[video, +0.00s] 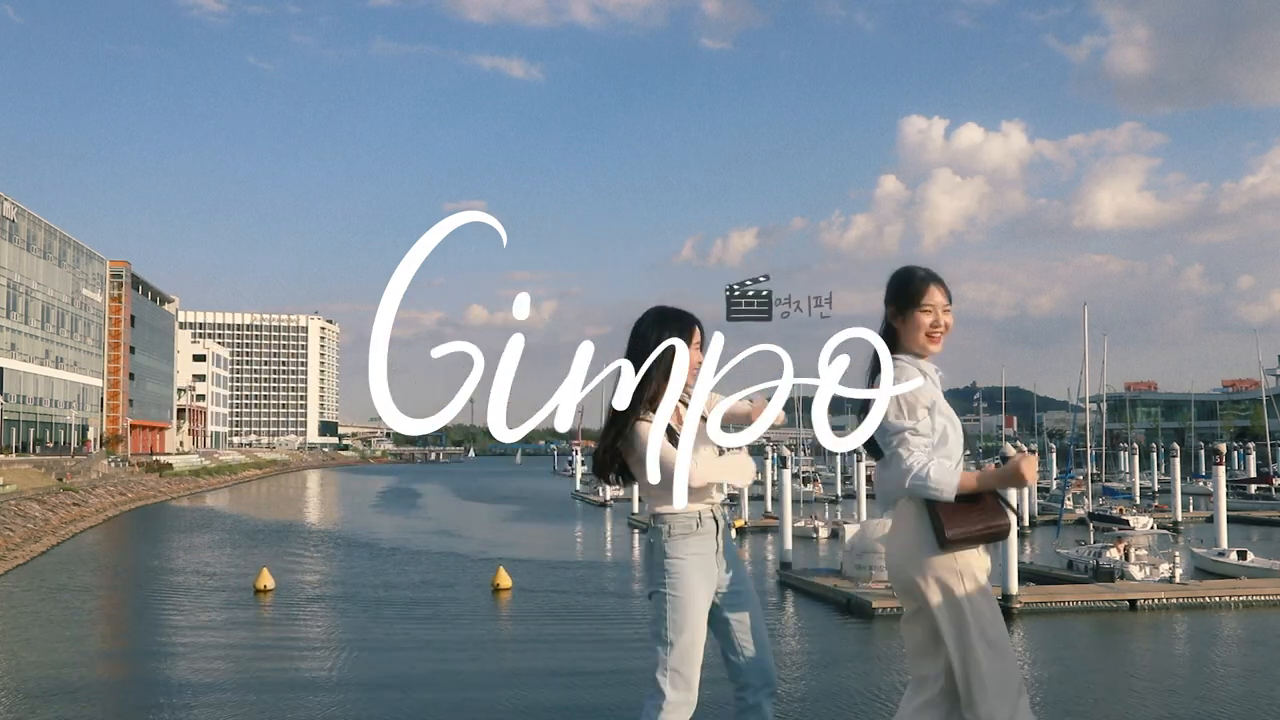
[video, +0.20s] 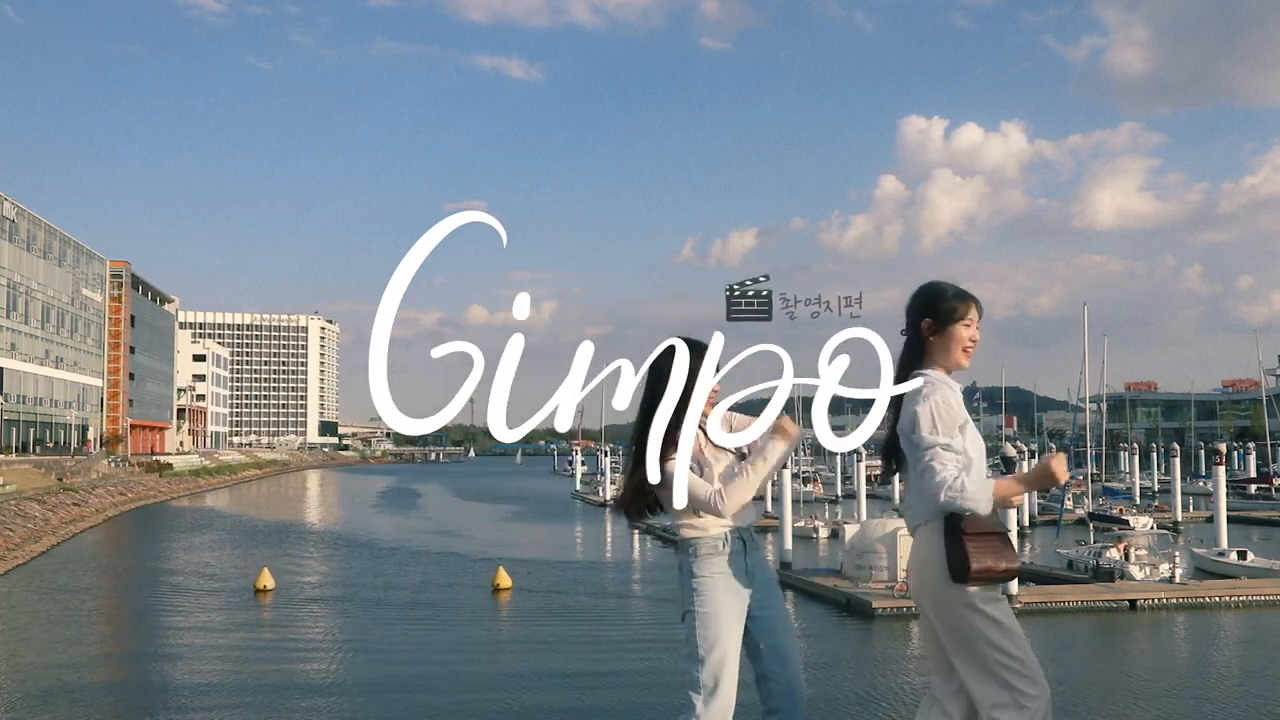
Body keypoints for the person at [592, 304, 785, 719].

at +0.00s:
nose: (700, 357)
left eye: (700, 347)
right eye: (691, 347)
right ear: (661, 353)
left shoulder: (691, 405)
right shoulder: (640, 424)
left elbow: (738, 411)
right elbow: (691, 471)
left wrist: (757, 411)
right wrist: (738, 464)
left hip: (721, 543)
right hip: (680, 547)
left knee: (758, 679)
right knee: (677, 691)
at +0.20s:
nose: (717, 387)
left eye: (716, 377)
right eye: (706, 379)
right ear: (679, 384)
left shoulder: (720, 424)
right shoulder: (662, 451)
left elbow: (778, 429)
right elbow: (721, 502)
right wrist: (779, 443)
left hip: (752, 556)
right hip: (709, 563)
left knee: (787, 687)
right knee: (714, 697)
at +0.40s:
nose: (741, 376)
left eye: (740, 366)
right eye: (734, 367)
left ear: (721, 374)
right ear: (707, 371)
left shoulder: (730, 417)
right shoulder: (692, 427)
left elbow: (788, 435)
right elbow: (742, 497)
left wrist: (787, 435)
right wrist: (778, 483)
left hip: (755, 553)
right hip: (726, 556)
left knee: (782, 687)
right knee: (736, 691)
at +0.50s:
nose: (752, 372)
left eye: (750, 363)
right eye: (745, 365)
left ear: (722, 373)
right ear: (723, 371)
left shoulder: (736, 426)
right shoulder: (722, 434)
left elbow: (786, 459)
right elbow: (803, 485)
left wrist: (828, 484)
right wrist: (786, 442)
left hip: (752, 562)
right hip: (733, 565)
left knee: (788, 684)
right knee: (743, 699)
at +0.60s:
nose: (763, 376)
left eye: (759, 367)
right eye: (755, 369)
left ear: (718, 383)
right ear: (738, 381)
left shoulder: (708, 442)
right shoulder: (753, 446)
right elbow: (835, 480)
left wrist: (798, 496)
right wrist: (833, 442)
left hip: (724, 582)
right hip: (747, 586)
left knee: (782, 698)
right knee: (794, 702)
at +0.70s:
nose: (774, 383)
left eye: (769, 374)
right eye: (769, 375)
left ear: (719, 385)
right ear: (762, 384)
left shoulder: (709, 441)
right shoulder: (776, 440)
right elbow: (852, 468)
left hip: (724, 582)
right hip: (759, 583)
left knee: (785, 692)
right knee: (831, 691)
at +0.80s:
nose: (781, 372)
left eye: (775, 363)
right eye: (775, 363)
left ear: (721, 370)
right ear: (770, 369)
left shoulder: (711, 424)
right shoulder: (782, 423)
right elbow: (852, 453)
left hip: (735, 560)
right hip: (777, 557)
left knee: (781, 692)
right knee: (850, 672)